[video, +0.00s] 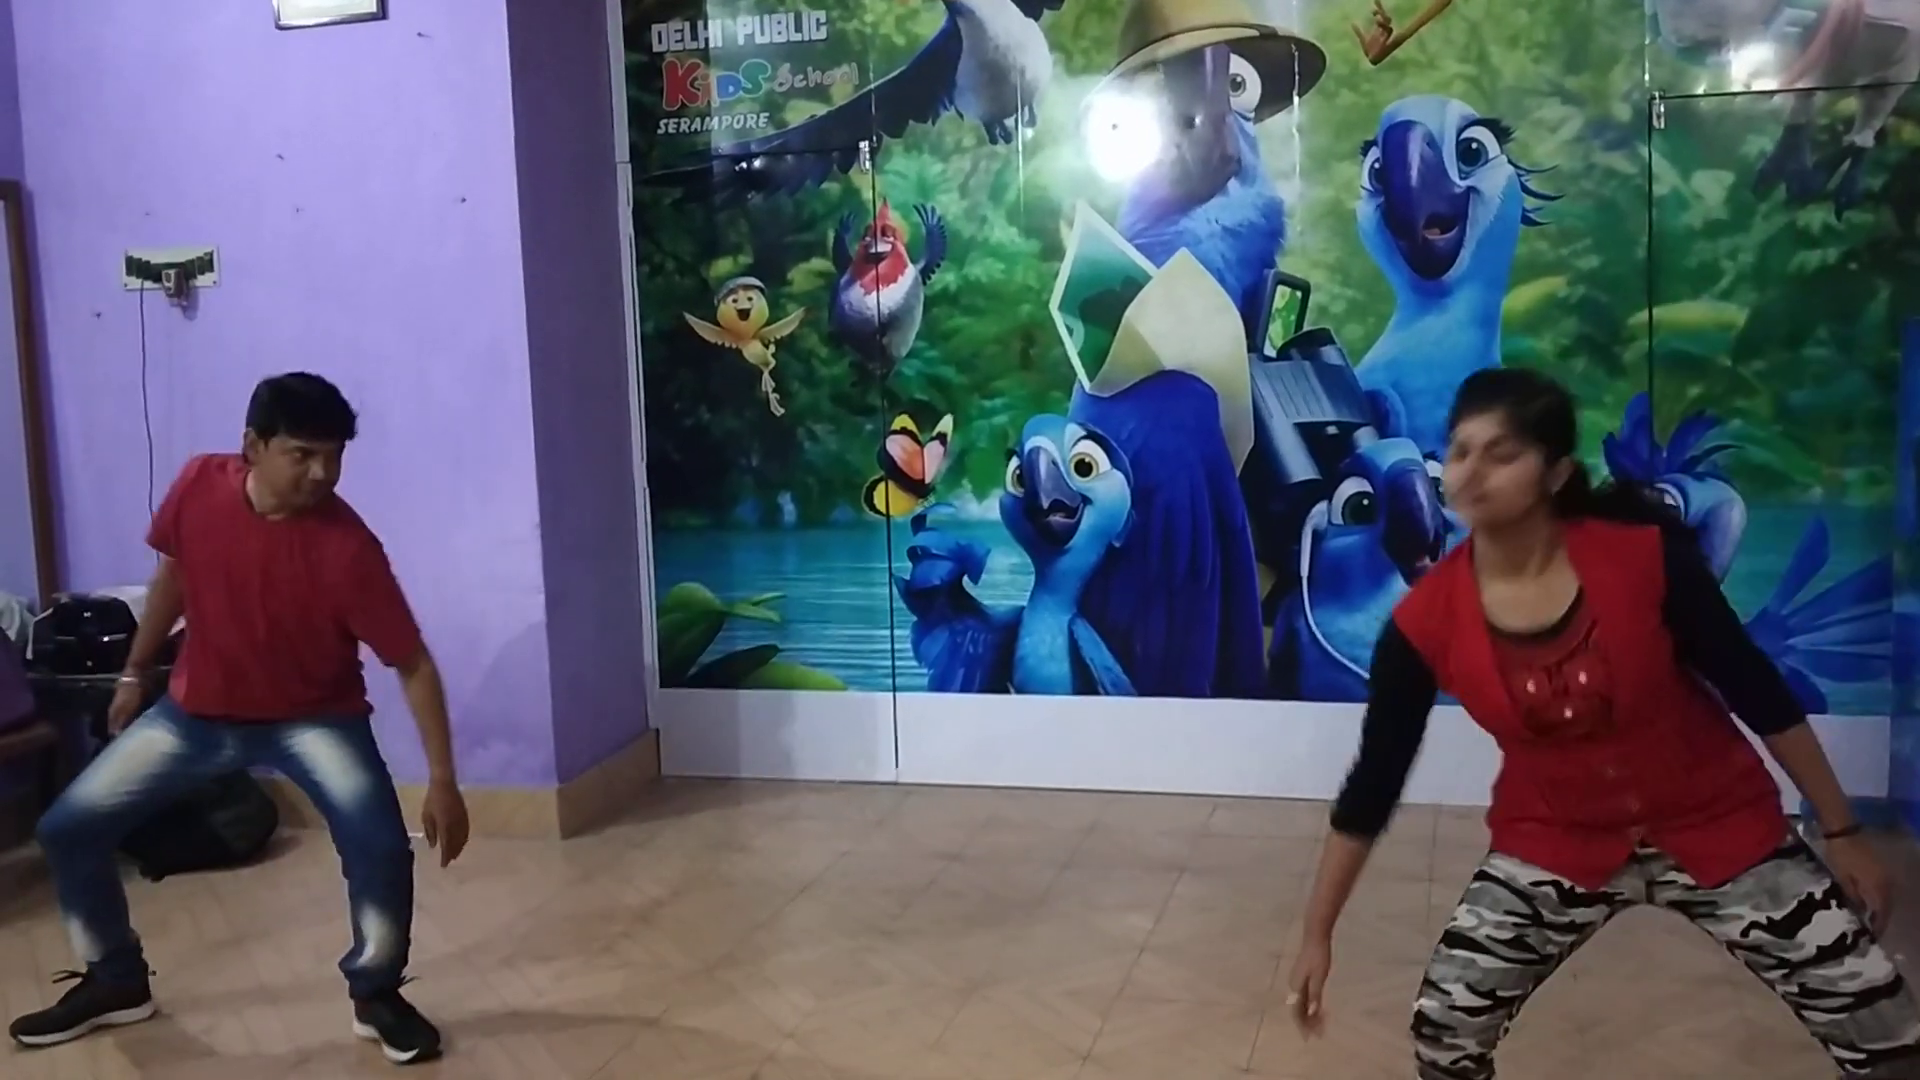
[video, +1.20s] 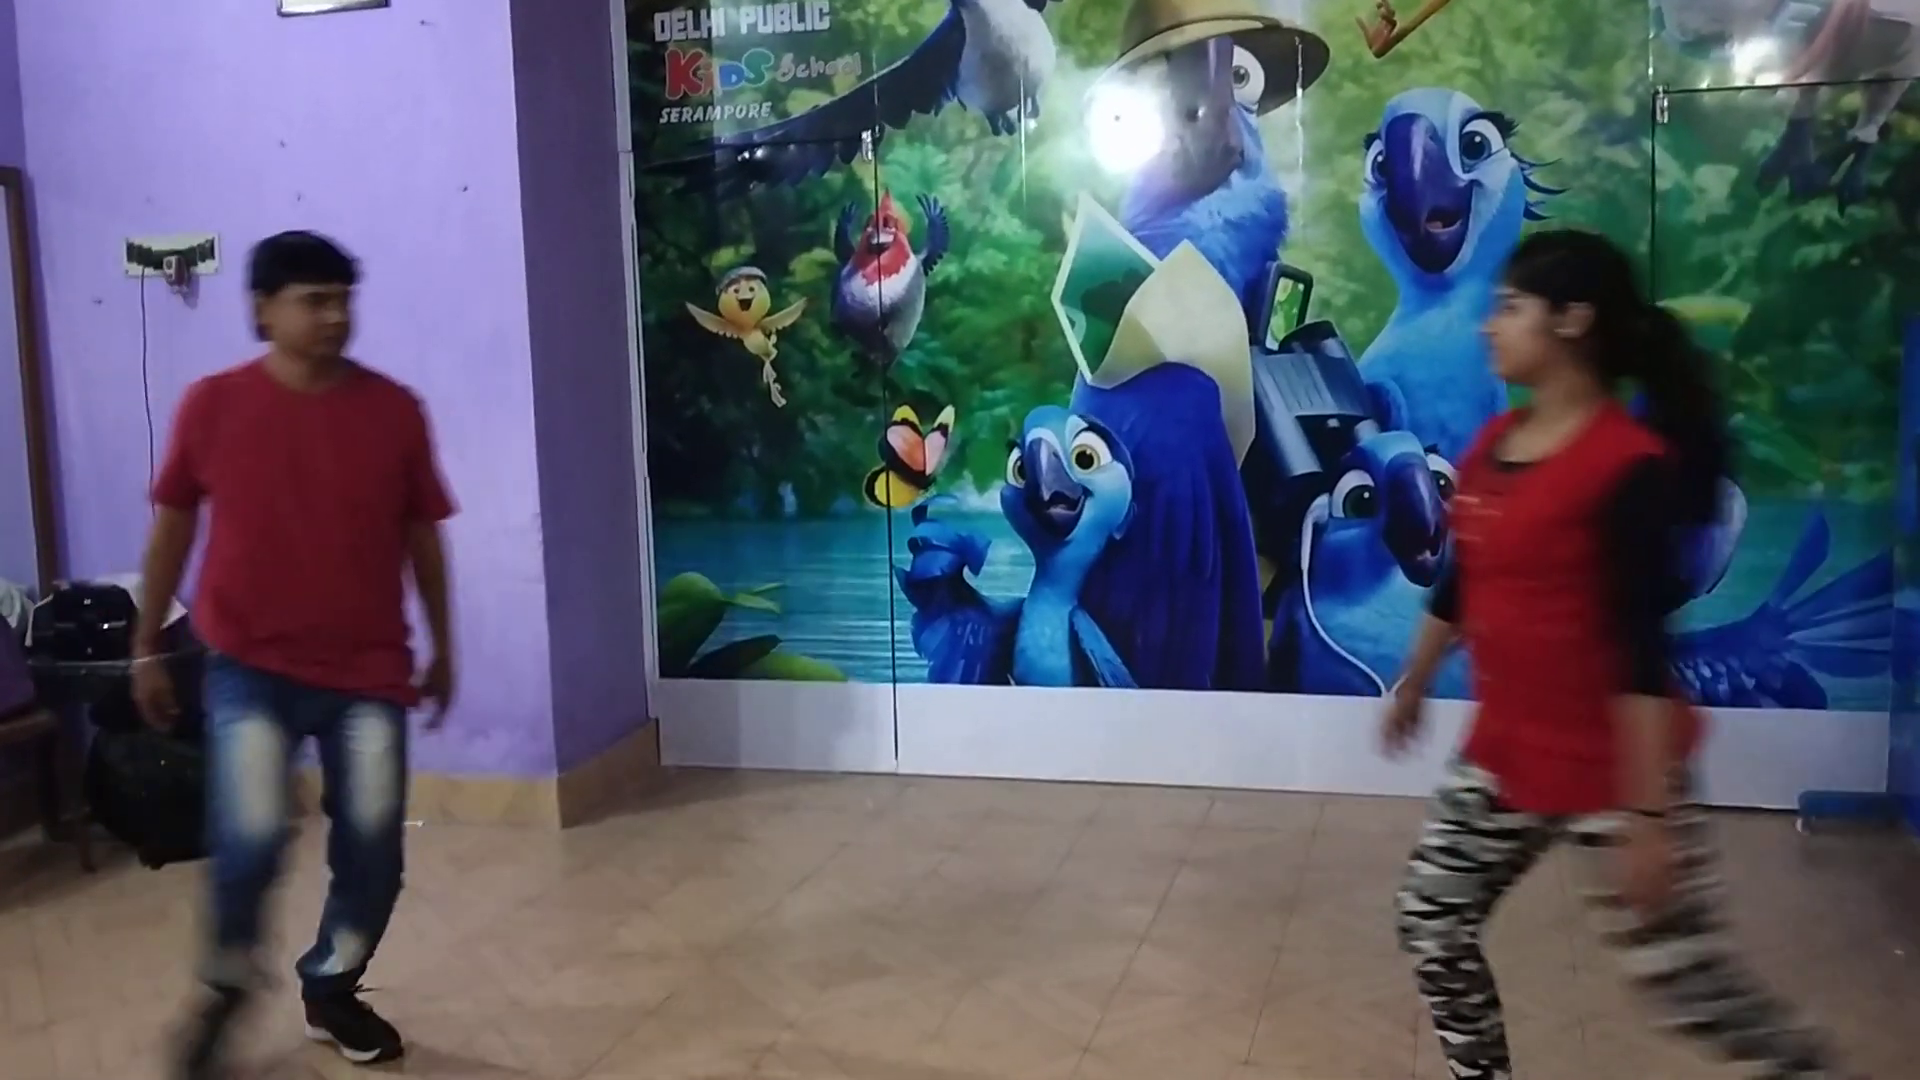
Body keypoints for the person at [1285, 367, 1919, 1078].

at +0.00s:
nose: (1469, 475)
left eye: (1498, 455)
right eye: (1458, 453)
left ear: (1555, 473)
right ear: (1445, 465)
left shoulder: (1648, 556)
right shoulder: (1426, 622)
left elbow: (1756, 689)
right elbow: (1373, 781)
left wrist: (1841, 828)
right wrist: (1315, 931)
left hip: (1711, 820)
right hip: (1553, 841)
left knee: (1873, 1009)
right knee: (1447, 1025)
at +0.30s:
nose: (1543, 487)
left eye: (1565, 459)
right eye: (1531, 470)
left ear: (1635, 449)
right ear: (1523, 477)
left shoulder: (1770, 538)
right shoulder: (1551, 615)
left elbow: (1868, 691)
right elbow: (1515, 780)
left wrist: (1917, 822)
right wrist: (1451, 933)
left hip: (1798, 830)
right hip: (1633, 837)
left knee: (1912, 1028)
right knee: (1496, 1017)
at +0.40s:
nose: (1610, 421)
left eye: (1626, 393)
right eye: (1599, 405)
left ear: (1699, 379)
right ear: (1595, 414)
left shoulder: (1841, 479)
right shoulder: (1618, 540)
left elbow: (1909, 637)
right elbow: (1579, 705)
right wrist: (1526, 861)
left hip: (1840, 782)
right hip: (1678, 789)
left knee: (1917, 1013)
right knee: (1540, 995)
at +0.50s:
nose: (1648, 342)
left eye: (1666, 314)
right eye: (1642, 322)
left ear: (1746, 306)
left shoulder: (1887, 414)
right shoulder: (1657, 457)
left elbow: (1919, 555)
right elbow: (1621, 626)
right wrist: (1581, 785)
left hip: (1865, 727)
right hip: (1707, 729)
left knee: (1905, 975)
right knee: (1595, 942)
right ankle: (1529, 1070)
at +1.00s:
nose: (1626, 306)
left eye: (1648, 284)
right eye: (1629, 286)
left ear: (1721, 293)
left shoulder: (1831, 437)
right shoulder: (1619, 432)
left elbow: (1889, 624)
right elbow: (1589, 587)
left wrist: (1911, 802)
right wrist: (1541, 713)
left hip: (1793, 753)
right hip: (1645, 743)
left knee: (1855, 992)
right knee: (1546, 933)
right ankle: (1517, 1071)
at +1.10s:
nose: (1565, 321)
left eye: (1586, 300)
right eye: (1569, 301)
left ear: (1652, 311)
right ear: (1628, 315)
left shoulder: (1745, 455)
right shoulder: (1559, 446)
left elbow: (1779, 641)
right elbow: (1529, 591)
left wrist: (1804, 816)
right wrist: (1487, 705)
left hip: (1714, 766)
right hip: (1590, 756)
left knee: (1804, 979)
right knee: (1487, 921)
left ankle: (1892, 1065)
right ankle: (1503, 1071)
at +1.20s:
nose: (1490, 325)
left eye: (1509, 308)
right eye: (1495, 307)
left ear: (1571, 323)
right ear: (1554, 323)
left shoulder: (1631, 465)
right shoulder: (1495, 445)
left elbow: (1644, 648)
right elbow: (1462, 579)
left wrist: (1646, 815)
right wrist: (1412, 682)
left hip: (1621, 762)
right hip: (1514, 748)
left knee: (1684, 982)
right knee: (1430, 920)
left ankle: (1807, 1065)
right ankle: (1482, 1071)